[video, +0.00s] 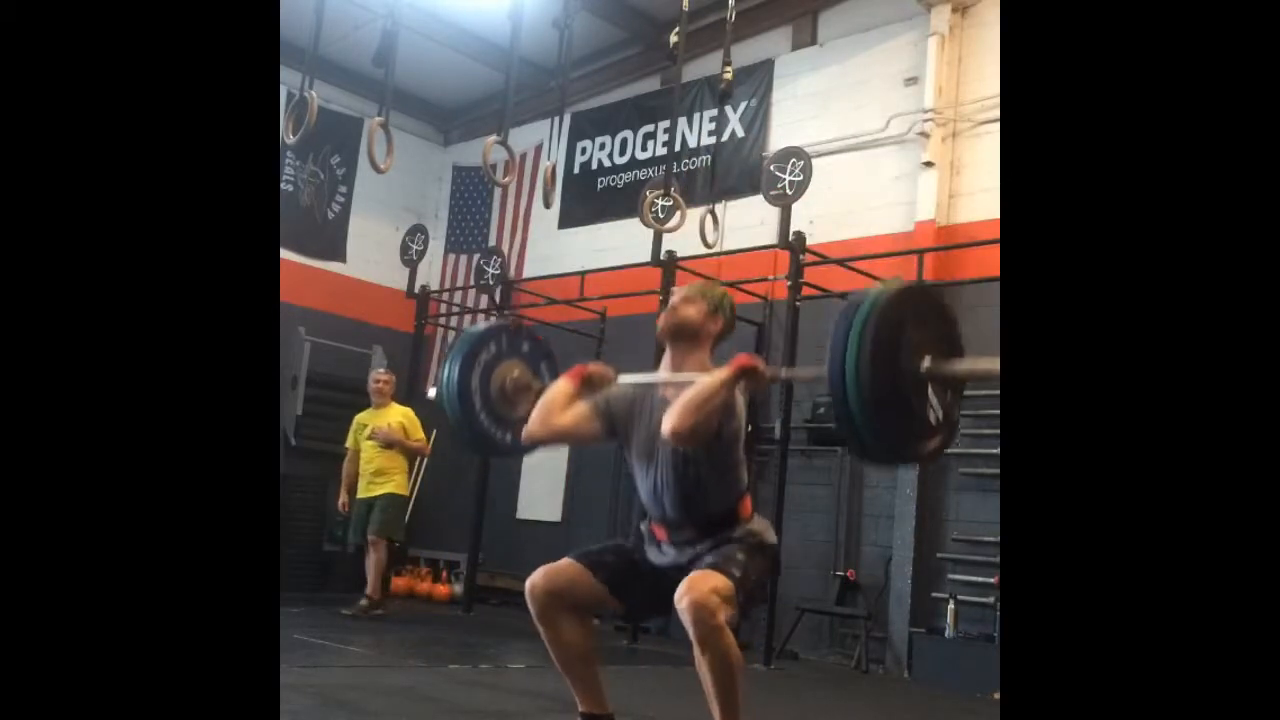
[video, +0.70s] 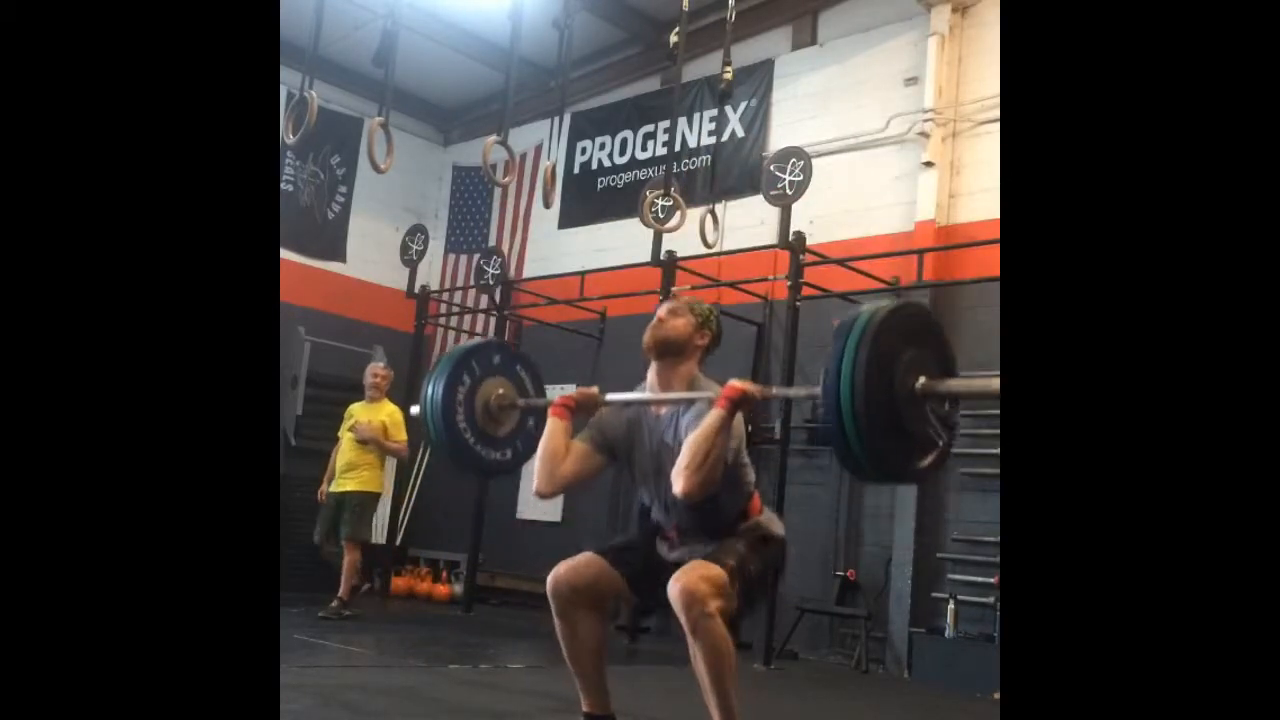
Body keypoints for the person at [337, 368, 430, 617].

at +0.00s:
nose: (381, 386)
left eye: (386, 382)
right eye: (376, 382)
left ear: (393, 387)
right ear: (368, 386)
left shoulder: (405, 414)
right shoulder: (360, 419)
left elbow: (424, 448)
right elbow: (351, 457)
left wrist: (395, 439)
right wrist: (344, 491)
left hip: (393, 486)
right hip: (366, 488)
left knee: (375, 538)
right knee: (369, 543)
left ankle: (370, 596)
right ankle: (375, 596)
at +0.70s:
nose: (377, 381)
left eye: (382, 378)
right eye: (373, 376)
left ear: (389, 382)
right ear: (364, 379)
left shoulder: (392, 413)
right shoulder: (353, 409)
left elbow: (402, 451)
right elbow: (339, 446)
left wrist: (374, 438)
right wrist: (326, 480)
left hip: (366, 484)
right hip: (339, 482)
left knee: (350, 541)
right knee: (324, 539)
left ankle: (342, 598)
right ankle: (357, 577)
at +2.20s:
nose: (306, 370)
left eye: (310, 366)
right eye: (301, 365)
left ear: (315, 369)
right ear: (289, 368)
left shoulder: (329, 397)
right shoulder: (283, 398)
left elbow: (351, 431)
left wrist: (326, 428)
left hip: (317, 477)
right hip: (285, 478)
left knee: (322, 530)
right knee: (284, 540)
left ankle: (319, 593)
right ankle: (281, 595)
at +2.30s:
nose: (308, 370)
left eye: (311, 365)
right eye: (303, 365)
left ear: (316, 369)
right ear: (289, 368)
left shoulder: (330, 397)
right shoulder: (283, 398)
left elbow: (351, 432)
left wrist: (327, 428)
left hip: (318, 480)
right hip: (285, 480)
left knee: (321, 536)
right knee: (284, 541)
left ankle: (320, 596)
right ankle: (281, 596)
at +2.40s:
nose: (311, 370)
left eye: (314, 365)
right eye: (305, 364)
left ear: (319, 368)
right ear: (292, 367)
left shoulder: (332, 398)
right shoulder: (283, 399)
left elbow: (353, 433)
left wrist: (329, 430)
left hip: (318, 484)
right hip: (285, 483)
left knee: (314, 541)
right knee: (284, 544)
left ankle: (314, 599)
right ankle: (281, 598)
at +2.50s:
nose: (314, 369)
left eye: (318, 364)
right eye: (309, 364)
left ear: (322, 368)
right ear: (296, 367)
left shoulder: (336, 399)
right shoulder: (284, 399)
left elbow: (355, 434)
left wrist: (331, 431)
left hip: (318, 485)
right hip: (285, 483)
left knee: (314, 541)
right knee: (283, 543)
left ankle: (311, 600)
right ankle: (280, 597)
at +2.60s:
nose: (321, 368)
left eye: (325, 364)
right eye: (315, 363)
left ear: (329, 369)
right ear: (302, 366)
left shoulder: (341, 400)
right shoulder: (285, 400)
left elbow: (358, 436)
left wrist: (337, 433)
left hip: (321, 485)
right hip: (286, 483)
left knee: (317, 541)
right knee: (284, 544)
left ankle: (312, 603)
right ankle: (281, 599)